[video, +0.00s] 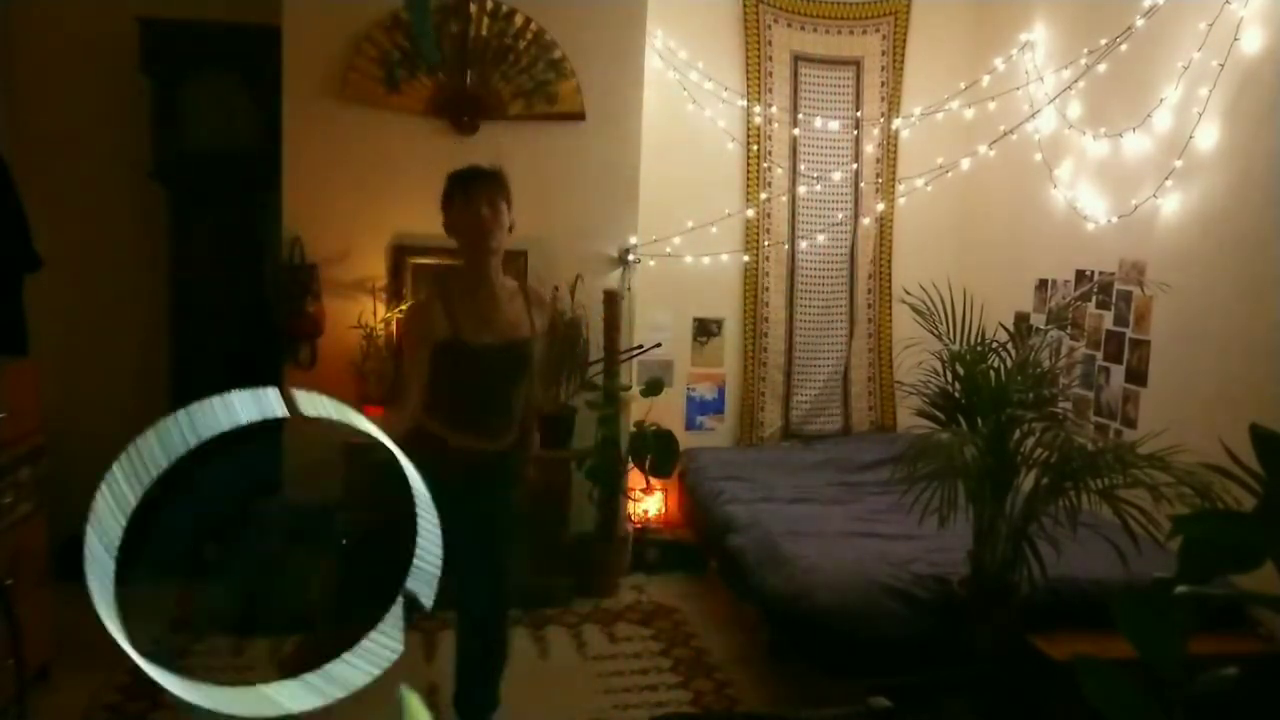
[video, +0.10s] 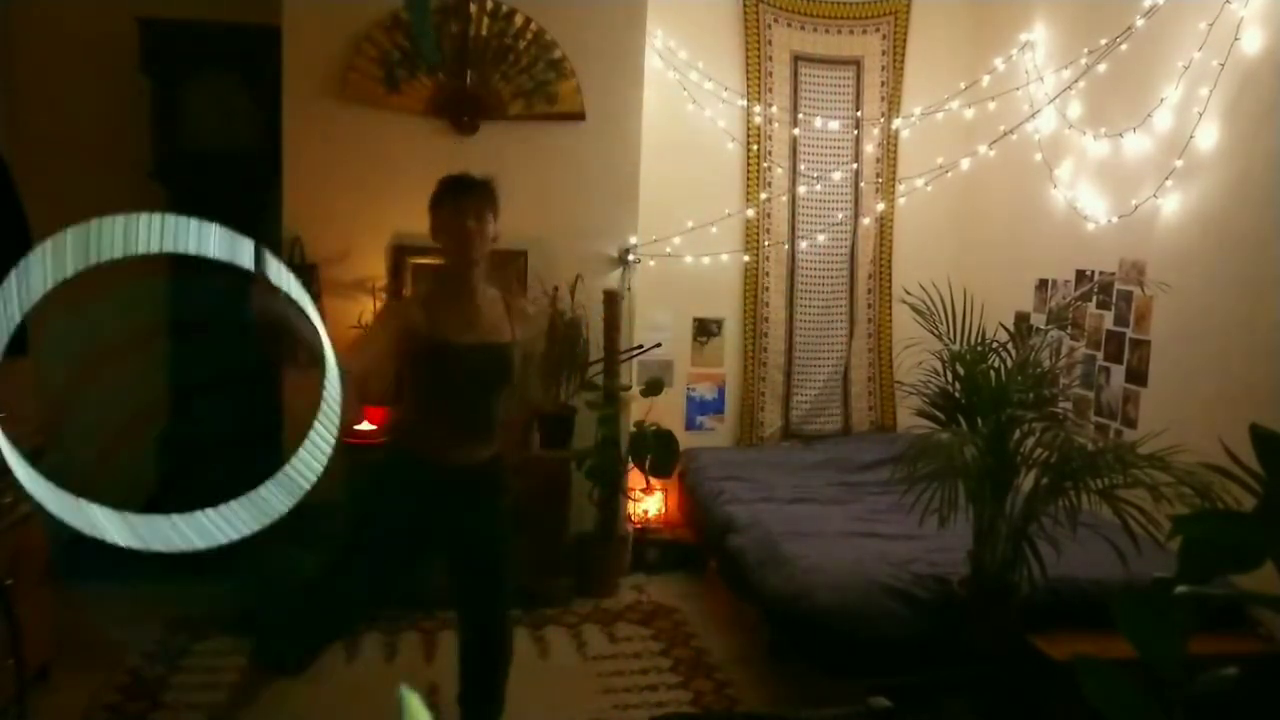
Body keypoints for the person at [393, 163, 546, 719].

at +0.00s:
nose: (488, 217)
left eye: (497, 205)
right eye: (473, 207)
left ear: (512, 219)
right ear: (449, 222)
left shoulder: (530, 303)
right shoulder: (433, 301)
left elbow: (529, 392)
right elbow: (408, 400)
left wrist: (530, 451)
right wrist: (370, 445)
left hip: (501, 471)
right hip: (440, 467)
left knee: (491, 604)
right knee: (427, 599)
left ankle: (477, 708)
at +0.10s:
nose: (470, 232)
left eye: (480, 219)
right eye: (457, 219)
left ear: (494, 229)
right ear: (436, 229)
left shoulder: (504, 311)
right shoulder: (410, 313)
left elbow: (519, 394)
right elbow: (356, 377)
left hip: (483, 479)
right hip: (414, 476)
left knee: (488, 619)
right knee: (358, 590)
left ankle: (482, 712)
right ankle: (267, 668)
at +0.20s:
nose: (443, 240)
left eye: (454, 228)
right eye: (432, 227)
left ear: (469, 240)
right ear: (411, 235)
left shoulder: (491, 325)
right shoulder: (388, 314)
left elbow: (499, 404)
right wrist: (284, 203)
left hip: (463, 488)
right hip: (395, 484)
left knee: (489, 629)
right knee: (334, 600)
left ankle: (480, 714)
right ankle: (247, 667)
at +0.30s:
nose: (417, 244)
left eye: (426, 232)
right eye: (406, 231)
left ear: (442, 242)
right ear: (384, 242)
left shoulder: (467, 331)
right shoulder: (365, 316)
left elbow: (497, 409)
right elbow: (337, 222)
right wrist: (318, 130)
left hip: (445, 494)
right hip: (377, 492)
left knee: (483, 616)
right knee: (314, 603)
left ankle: (479, 713)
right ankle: (240, 669)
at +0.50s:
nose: (386, 238)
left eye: (392, 223)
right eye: (375, 221)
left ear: (401, 231)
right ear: (345, 222)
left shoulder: (393, 308)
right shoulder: (319, 295)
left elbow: (409, 396)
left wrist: (419, 374)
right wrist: (414, 133)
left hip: (403, 475)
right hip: (339, 476)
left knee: (452, 593)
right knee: (281, 597)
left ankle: (465, 702)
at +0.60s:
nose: (366, 228)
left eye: (373, 217)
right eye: (353, 217)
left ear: (383, 223)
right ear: (325, 223)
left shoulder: (386, 304)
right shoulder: (304, 290)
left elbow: (411, 385)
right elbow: (392, 249)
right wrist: (455, 202)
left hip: (392, 469)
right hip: (323, 471)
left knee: (439, 590)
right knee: (275, 597)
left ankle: (457, 704)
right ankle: (199, 699)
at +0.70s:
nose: (354, 231)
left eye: (364, 218)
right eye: (341, 217)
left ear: (377, 226)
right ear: (316, 222)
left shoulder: (386, 306)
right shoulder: (297, 291)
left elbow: (411, 393)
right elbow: (342, 323)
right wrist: (405, 319)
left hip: (381, 467)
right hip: (312, 470)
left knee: (433, 583)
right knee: (278, 591)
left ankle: (454, 701)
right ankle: (212, 685)